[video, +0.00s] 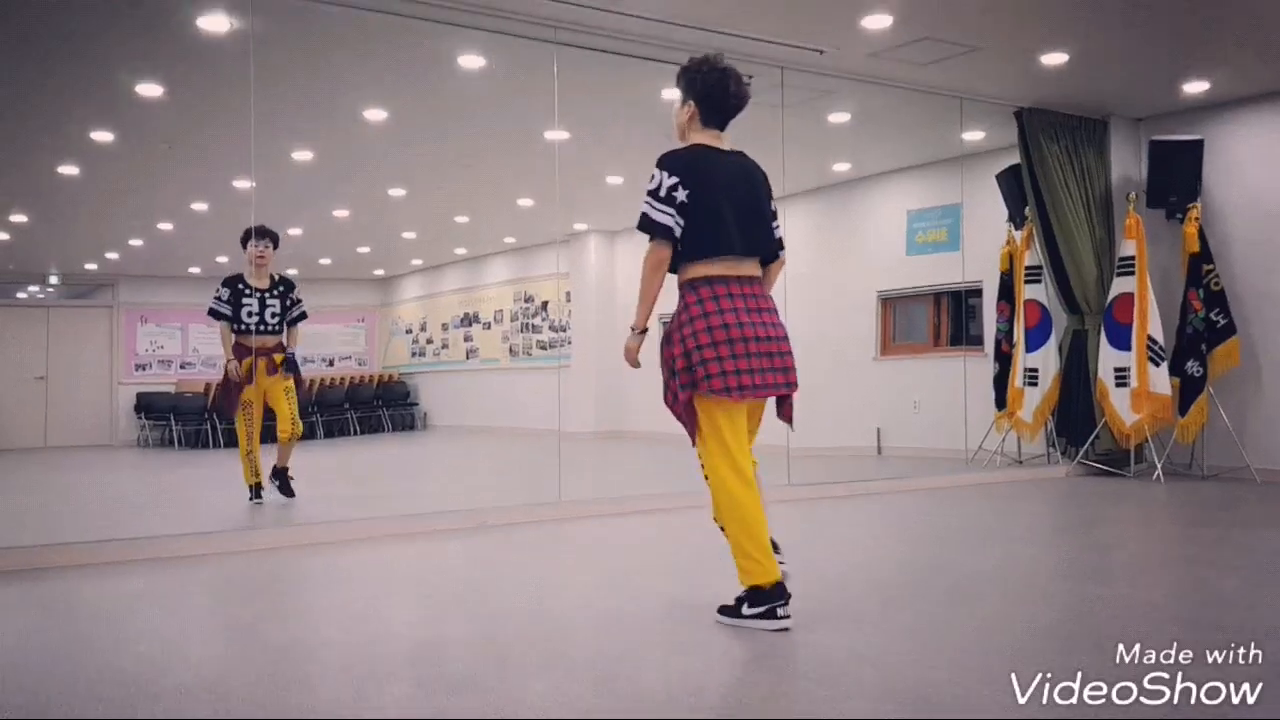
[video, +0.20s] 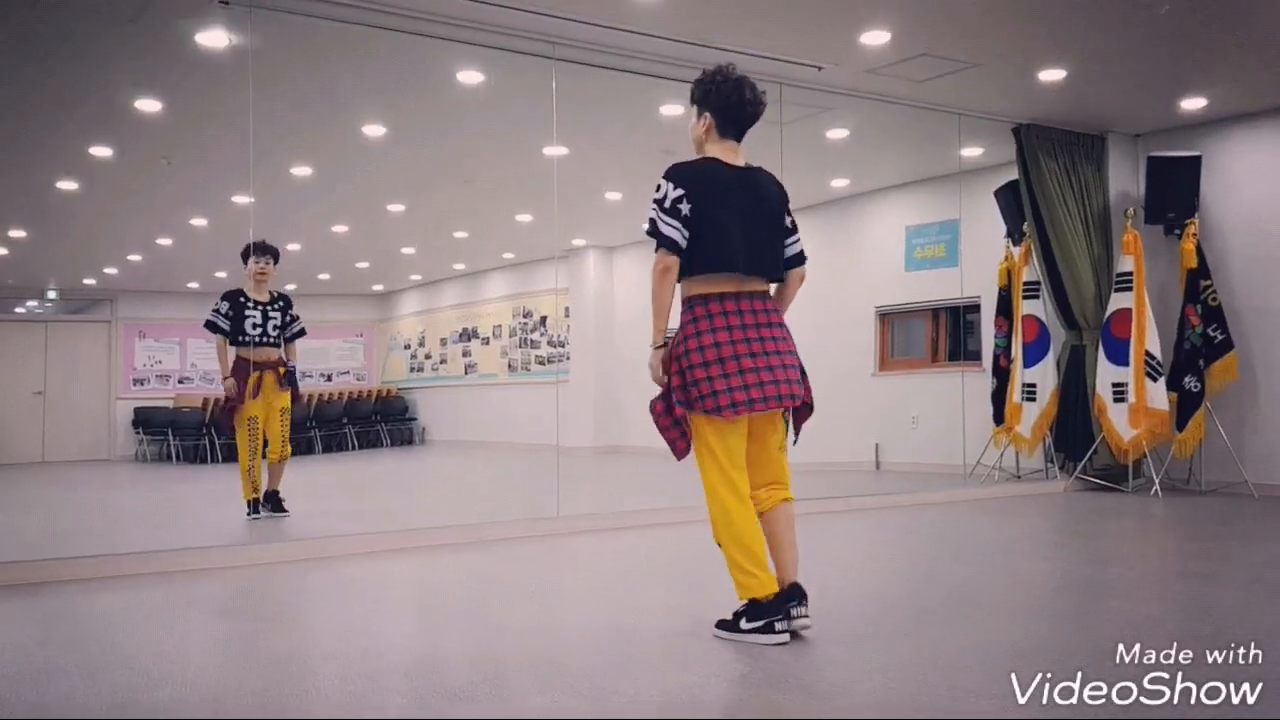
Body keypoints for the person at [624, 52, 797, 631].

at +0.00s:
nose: (675, 114)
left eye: (677, 105)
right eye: (678, 105)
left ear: (687, 109)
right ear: (729, 114)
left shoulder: (676, 165)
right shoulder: (753, 170)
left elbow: (660, 253)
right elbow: (776, 255)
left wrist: (639, 325)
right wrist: (750, 307)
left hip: (705, 316)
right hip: (759, 314)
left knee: (725, 459)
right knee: (730, 450)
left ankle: (764, 590)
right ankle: (757, 543)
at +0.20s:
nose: (691, 125)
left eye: (693, 116)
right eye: (694, 116)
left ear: (704, 121)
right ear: (747, 125)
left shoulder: (683, 179)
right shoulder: (770, 186)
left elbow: (666, 266)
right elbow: (795, 271)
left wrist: (660, 338)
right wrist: (767, 326)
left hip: (707, 331)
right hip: (765, 330)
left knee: (726, 481)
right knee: (771, 475)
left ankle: (761, 603)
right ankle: (791, 592)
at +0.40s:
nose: (701, 138)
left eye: (703, 129)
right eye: (704, 129)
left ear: (713, 134)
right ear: (757, 136)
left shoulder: (682, 186)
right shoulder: (778, 197)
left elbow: (660, 268)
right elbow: (790, 292)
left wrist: (660, 343)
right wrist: (764, 341)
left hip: (702, 344)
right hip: (764, 344)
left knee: (722, 489)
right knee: (774, 473)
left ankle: (759, 611)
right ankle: (779, 595)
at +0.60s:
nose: (704, 132)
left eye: (706, 124)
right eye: (709, 123)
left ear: (715, 131)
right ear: (759, 135)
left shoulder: (692, 184)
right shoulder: (777, 195)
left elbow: (666, 264)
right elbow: (802, 270)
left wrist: (649, 321)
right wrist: (765, 320)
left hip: (716, 335)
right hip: (772, 336)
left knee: (728, 487)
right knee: (767, 482)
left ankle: (760, 614)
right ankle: (768, 603)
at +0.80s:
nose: (707, 143)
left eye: (710, 135)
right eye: (712, 134)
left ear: (718, 144)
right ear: (760, 148)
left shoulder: (717, 204)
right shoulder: (774, 209)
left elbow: (706, 291)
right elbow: (793, 291)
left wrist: (665, 308)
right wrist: (764, 345)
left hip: (732, 348)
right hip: (777, 353)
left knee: (708, 495)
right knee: (745, 497)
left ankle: (755, 610)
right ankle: (775, 605)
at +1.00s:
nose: (708, 151)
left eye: (711, 143)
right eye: (713, 142)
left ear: (719, 151)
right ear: (761, 154)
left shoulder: (714, 211)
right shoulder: (780, 213)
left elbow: (708, 300)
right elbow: (805, 289)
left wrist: (685, 357)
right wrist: (772, 342)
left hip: (729, 355)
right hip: (781, 359)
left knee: (676, 496)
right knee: (746, 499)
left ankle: (736, 591)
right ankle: (777, 606)